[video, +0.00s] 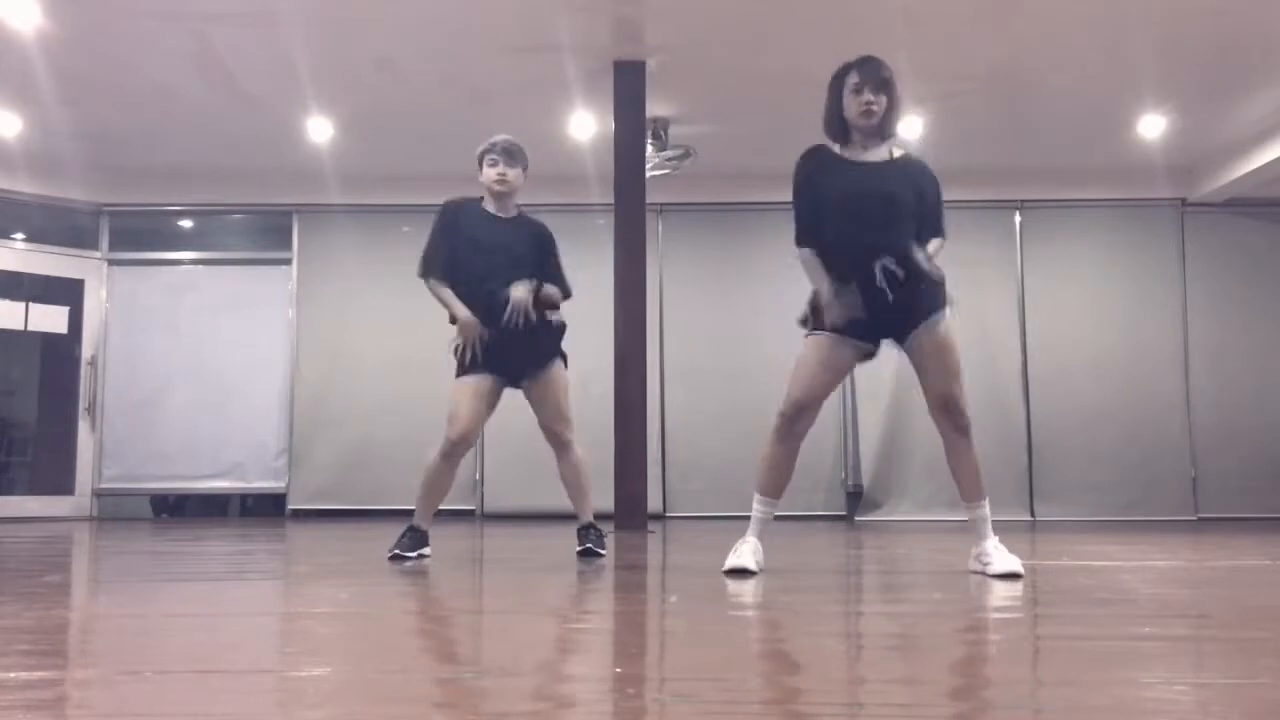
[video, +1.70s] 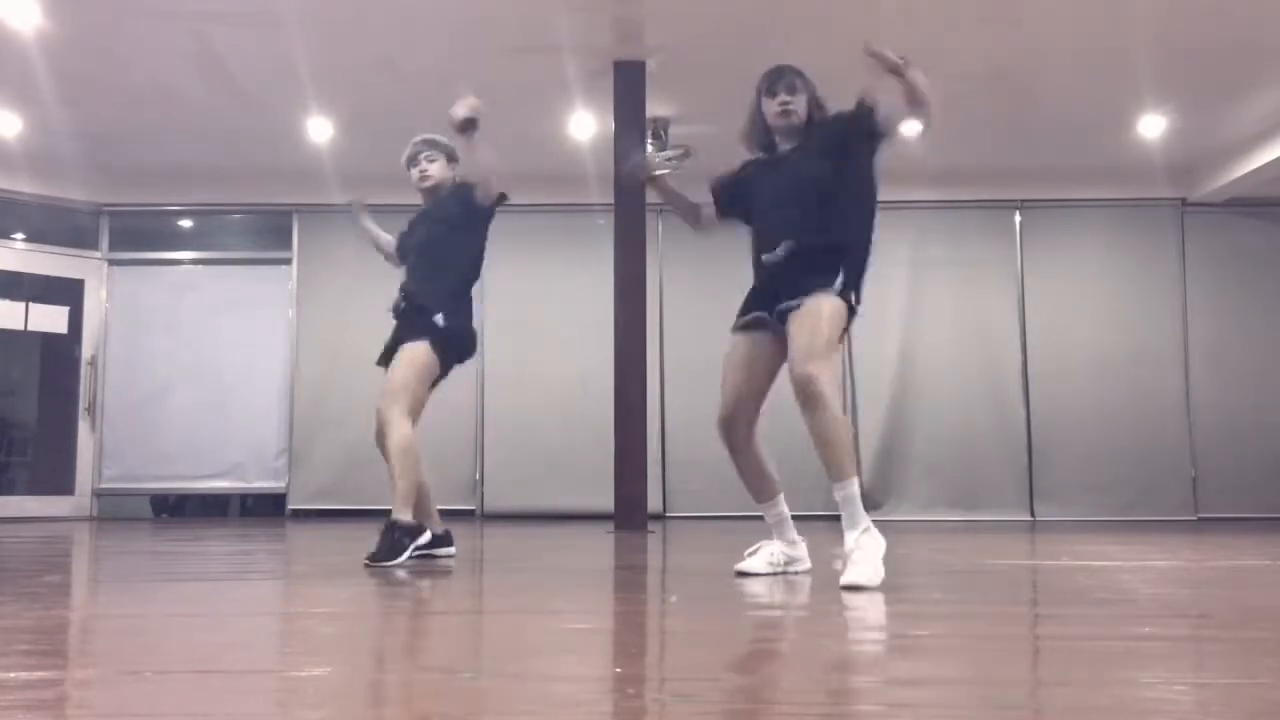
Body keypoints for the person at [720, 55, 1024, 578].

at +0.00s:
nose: (868, 98)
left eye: (878, 90)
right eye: (857, 91)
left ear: (890, 100)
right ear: (839, 100)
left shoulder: (912, 166)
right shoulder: (816, 163)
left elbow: (933, 235)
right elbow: (805, 243)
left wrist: (924, 264)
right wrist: (829, 296)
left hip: (915, 299)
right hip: (847, 302)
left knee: (954, 413)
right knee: (793, 412)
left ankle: (985, 543)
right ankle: (752, 540)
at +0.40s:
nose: (873, 99)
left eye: (881, 90)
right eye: (861, 91)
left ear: (894, 98)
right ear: (841, 100)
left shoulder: (921, 157)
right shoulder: (826, 167)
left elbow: (953, 227)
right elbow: (803, 236)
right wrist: (828, 273)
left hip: (905, 298)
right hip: (836, 297)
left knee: (948, 414)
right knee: (775, 402)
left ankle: (986, 544)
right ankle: (751, 536)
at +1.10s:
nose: (844, 125)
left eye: (855, 115)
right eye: (833, 117)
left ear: (872, 124)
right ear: (819, 128)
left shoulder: (892, 164)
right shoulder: (821, 202)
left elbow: (912, 221)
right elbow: (820, 276)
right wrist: (798, 321)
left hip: (899, 308)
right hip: (836, 316)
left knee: (971, 426)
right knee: (781, 414)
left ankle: (988, 545)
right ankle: (786, 545)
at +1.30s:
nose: (807, 123)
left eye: (816, 115)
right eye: (797, 116)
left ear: (832, 124)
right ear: (782, 127)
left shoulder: (852, 170)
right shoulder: (775, 197)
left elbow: (925, 217)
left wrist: (968, 268)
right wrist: (738, 327)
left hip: (849, 302)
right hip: (791, 309)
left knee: (893, 410)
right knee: (741, 419)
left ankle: (981, 497)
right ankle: (783, 544)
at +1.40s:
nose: (794, 110)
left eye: (803, 101)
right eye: (784, 102)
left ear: (819, 110)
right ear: (769, 113)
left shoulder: (848, 150)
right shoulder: (754, 182)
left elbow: (919, 144)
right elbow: (704, 220)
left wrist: (926, 168)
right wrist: (671, 259)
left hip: (845, 277)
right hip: (785, 292)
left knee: (864, 362)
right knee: (750, 411)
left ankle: (913, 499)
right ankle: (784, 543)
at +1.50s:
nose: (787, 86)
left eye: (797, 76)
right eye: (776, 79)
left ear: (815, 83)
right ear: (764, 92)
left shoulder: (842, 132)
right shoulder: (765, 158)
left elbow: (907, 154)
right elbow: (712, 225)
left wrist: (893, 95)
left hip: (843, 268)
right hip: (781, 282)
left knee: (841, 347)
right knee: (764, 405)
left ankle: (871, 508)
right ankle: (786, 543)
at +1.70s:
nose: (783, 101)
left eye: (793, 93)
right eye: (772, 94)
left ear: (811, 103)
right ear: (760, 109)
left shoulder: (843, 136)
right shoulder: (755, 174)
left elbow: (917, 114)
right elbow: (700, 212)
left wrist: (903, 74)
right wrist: (654, 180)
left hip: (826, 283)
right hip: (768, 293)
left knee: (809, 379)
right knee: (733, 421)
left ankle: (860, 535)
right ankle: (786, 543)